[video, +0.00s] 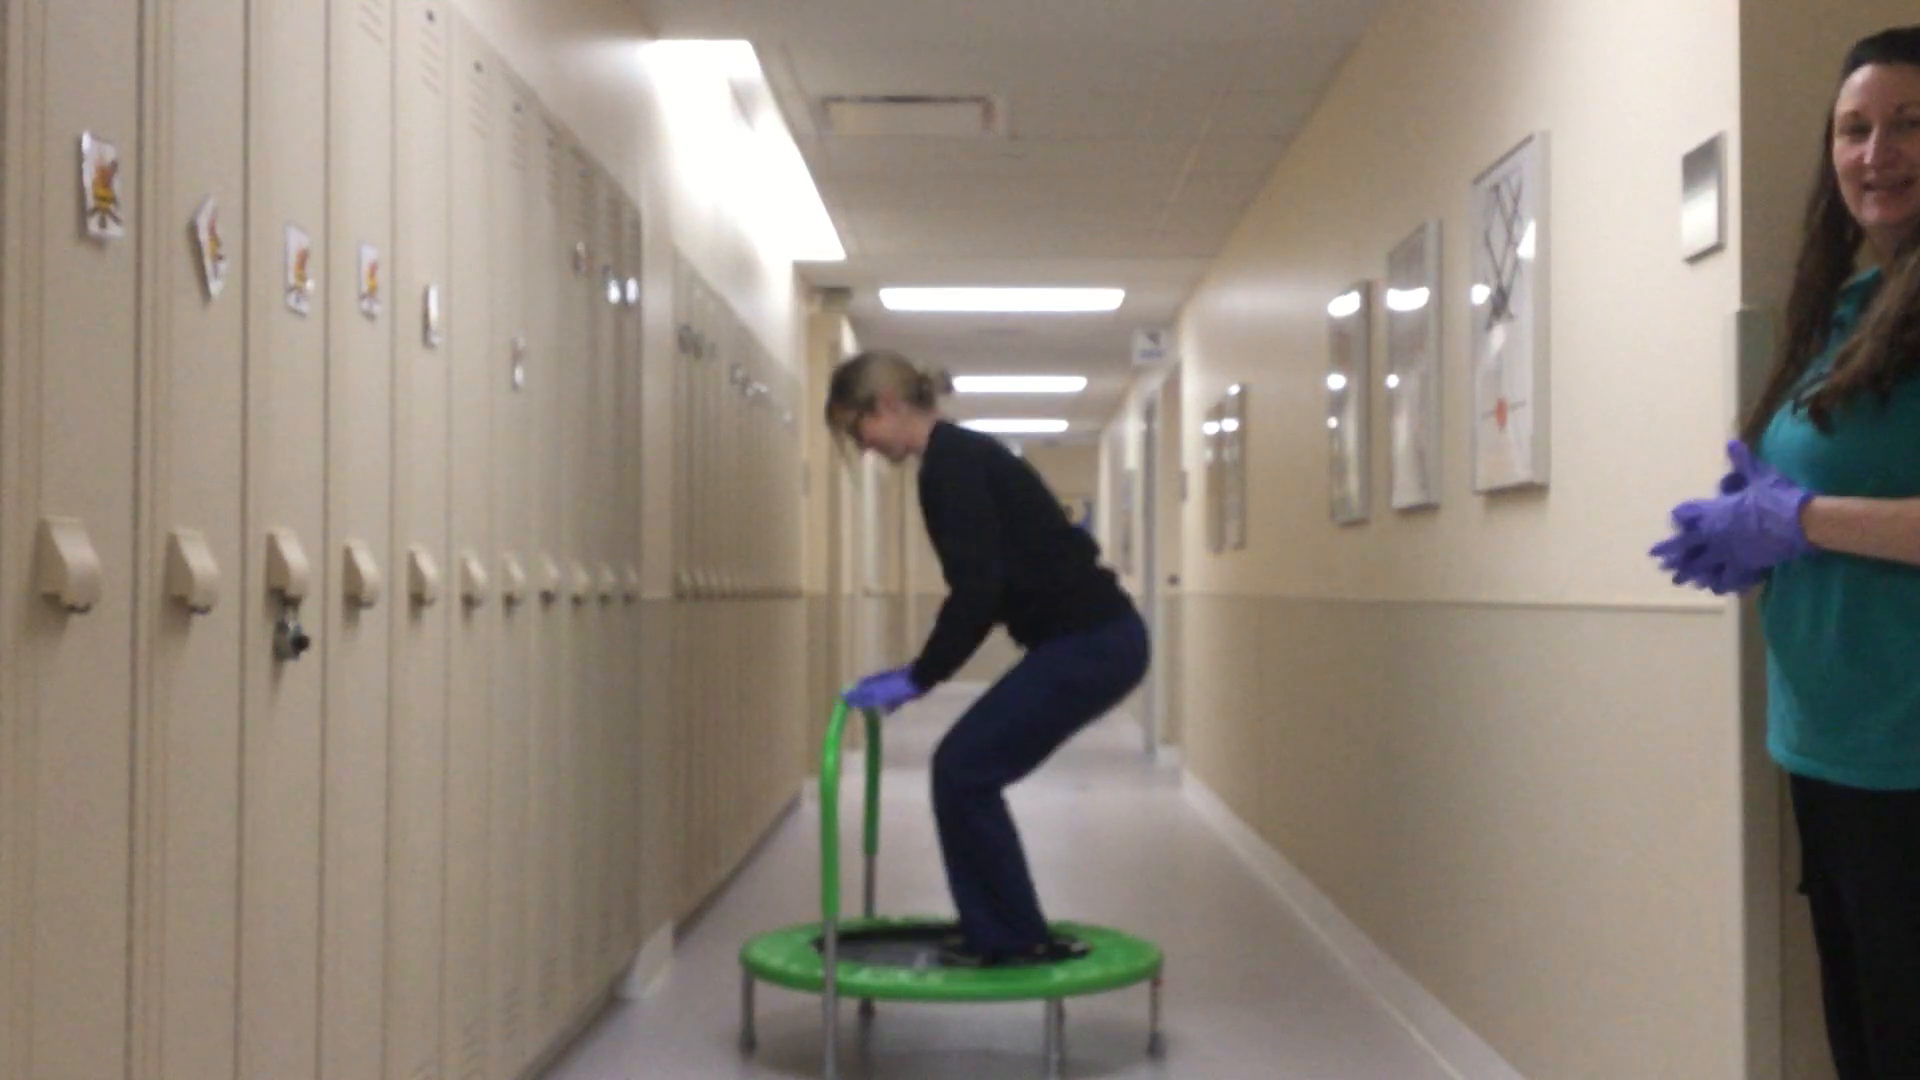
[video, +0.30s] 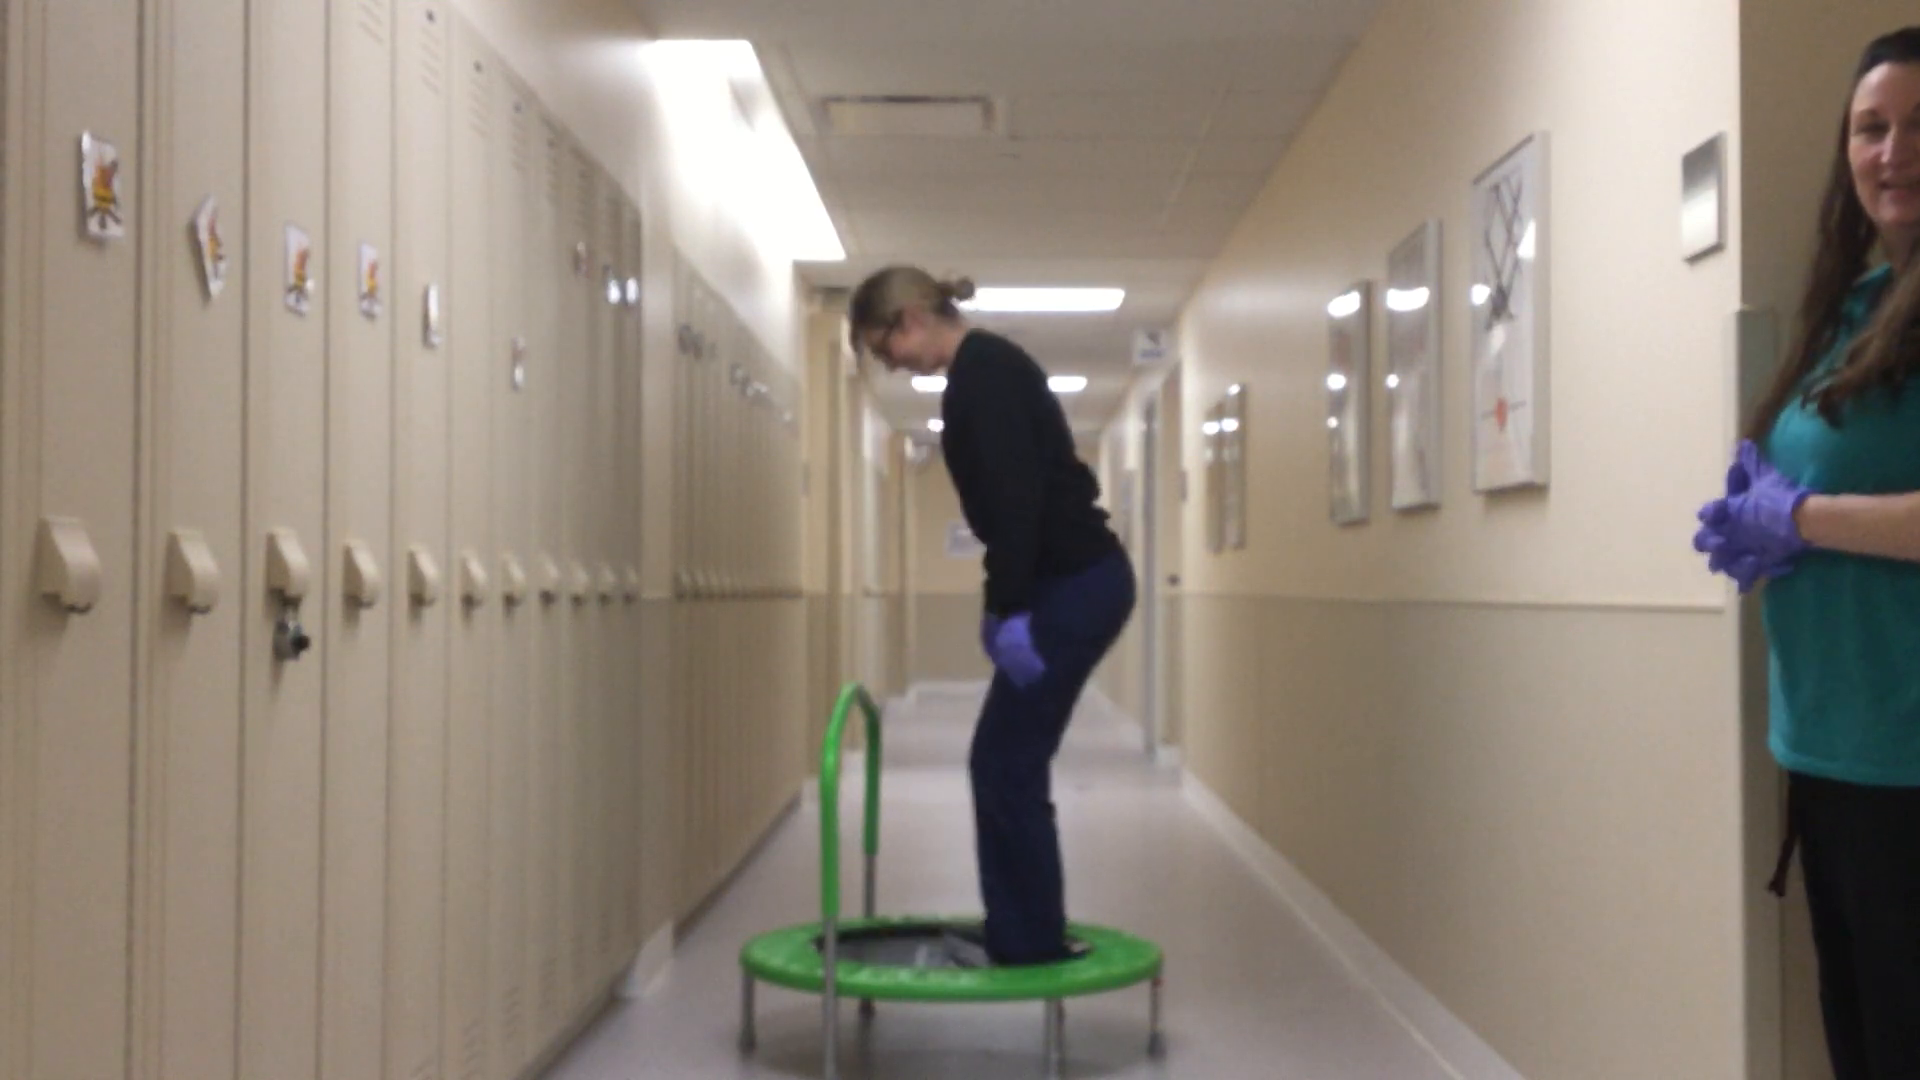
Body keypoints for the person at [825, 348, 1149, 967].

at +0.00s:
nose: (862, 442)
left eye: (859, 426)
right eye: (854, 432)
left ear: (888, 404)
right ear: (894, 406)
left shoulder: (954, 463)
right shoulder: (951, 459)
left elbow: (979, 589)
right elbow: (977, 590)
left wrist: (916, 679)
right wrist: (916, 675)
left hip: (1094, 644)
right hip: (1086, 641)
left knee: (963, 767)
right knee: (961, 765)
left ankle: (1011, 937)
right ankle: (1002, 932)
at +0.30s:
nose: (898, 365)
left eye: (891, 349)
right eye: (887, 358)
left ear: (914, 317)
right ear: (914, 319)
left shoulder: (985, 368)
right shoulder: (982, 368)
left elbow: (1014, 493)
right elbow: (1008, 496)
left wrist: (1009, 608)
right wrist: (1001, 606)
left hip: (1076, 588)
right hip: (1069, 585)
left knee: (1005, 759)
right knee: (1006, 759)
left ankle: (1026, 942)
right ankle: (1027, 937)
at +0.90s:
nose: (876, 413)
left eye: (873, 396)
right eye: (867, 403)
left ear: (902, 370)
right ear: (902, 374)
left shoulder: (970, 426)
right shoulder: (957, 429)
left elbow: (992, 545)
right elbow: (985, 545)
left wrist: (901, 593)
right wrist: (903, 591)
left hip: (1089, 622)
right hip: (1077, 620)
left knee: (977, 763)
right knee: (972, 759)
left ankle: (1022, 944)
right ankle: (1017, 938)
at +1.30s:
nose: (867, 357)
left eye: (865, 339)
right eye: (858, 346)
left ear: (896, 316)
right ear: (894, 321)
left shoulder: (955, 383)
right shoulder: (950, 383)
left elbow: (970, 512)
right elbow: (968, 518)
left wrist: (888, 558)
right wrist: (896, 561)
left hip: (1044, 602)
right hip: (1038, 600)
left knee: (957, 774)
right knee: (955, 772)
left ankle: (1003, 944)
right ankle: (999, 938)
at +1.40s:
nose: (865, 275)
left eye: (863, 258)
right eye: (857, 264)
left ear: (891, 233)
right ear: (892, 236)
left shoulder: (960, 290)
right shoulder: (952, 295)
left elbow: (986, 410)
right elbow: (976, 416)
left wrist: (946, 516)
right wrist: (942, 515)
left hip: (1025, 521)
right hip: (1014, 521)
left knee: (988, 715)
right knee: (985, 714)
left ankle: (997, 917)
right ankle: (992, 912)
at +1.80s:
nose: (842, 378)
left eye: (840, 359)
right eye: (832, 367)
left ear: (870, 334)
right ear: (860, 345)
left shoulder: (934, 405)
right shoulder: (922, 406)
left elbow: (969, 516)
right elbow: (951, 520)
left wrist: (899, 576)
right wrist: (895, 573)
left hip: (1033, 609)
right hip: (1027, 607)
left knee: (946, 767)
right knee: (953, 766)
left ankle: (984, 943)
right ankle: (997, 932)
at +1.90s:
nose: (829, 453)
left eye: (827, 436)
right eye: (821, 441)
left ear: (858, 419)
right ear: (866, 420)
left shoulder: (924, 482)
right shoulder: (918, 481)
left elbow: (948, 598)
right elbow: (937, 596)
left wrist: (856, 611)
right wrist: (857, 608)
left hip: (1054, 667)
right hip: (1046, 664)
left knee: (916, 778)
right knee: (917, 776)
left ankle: (978, 939)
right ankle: (988, 929)